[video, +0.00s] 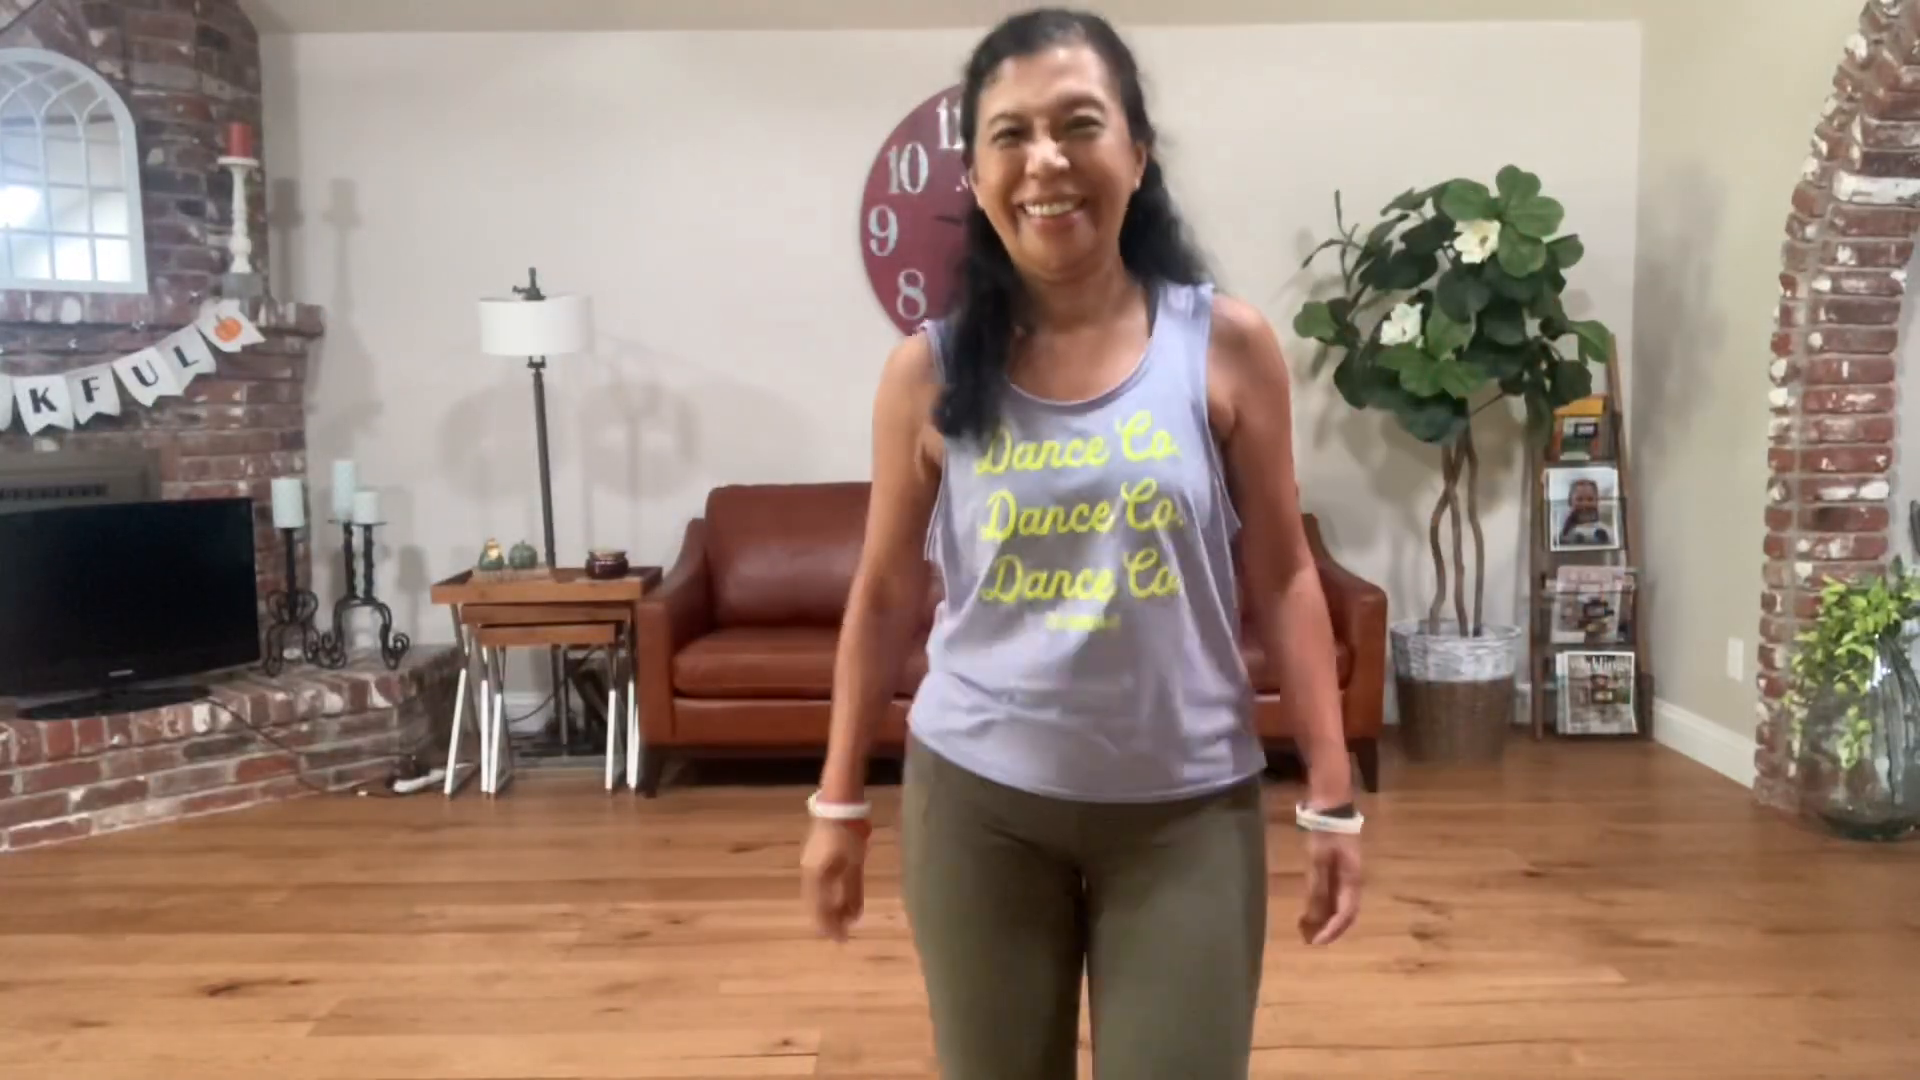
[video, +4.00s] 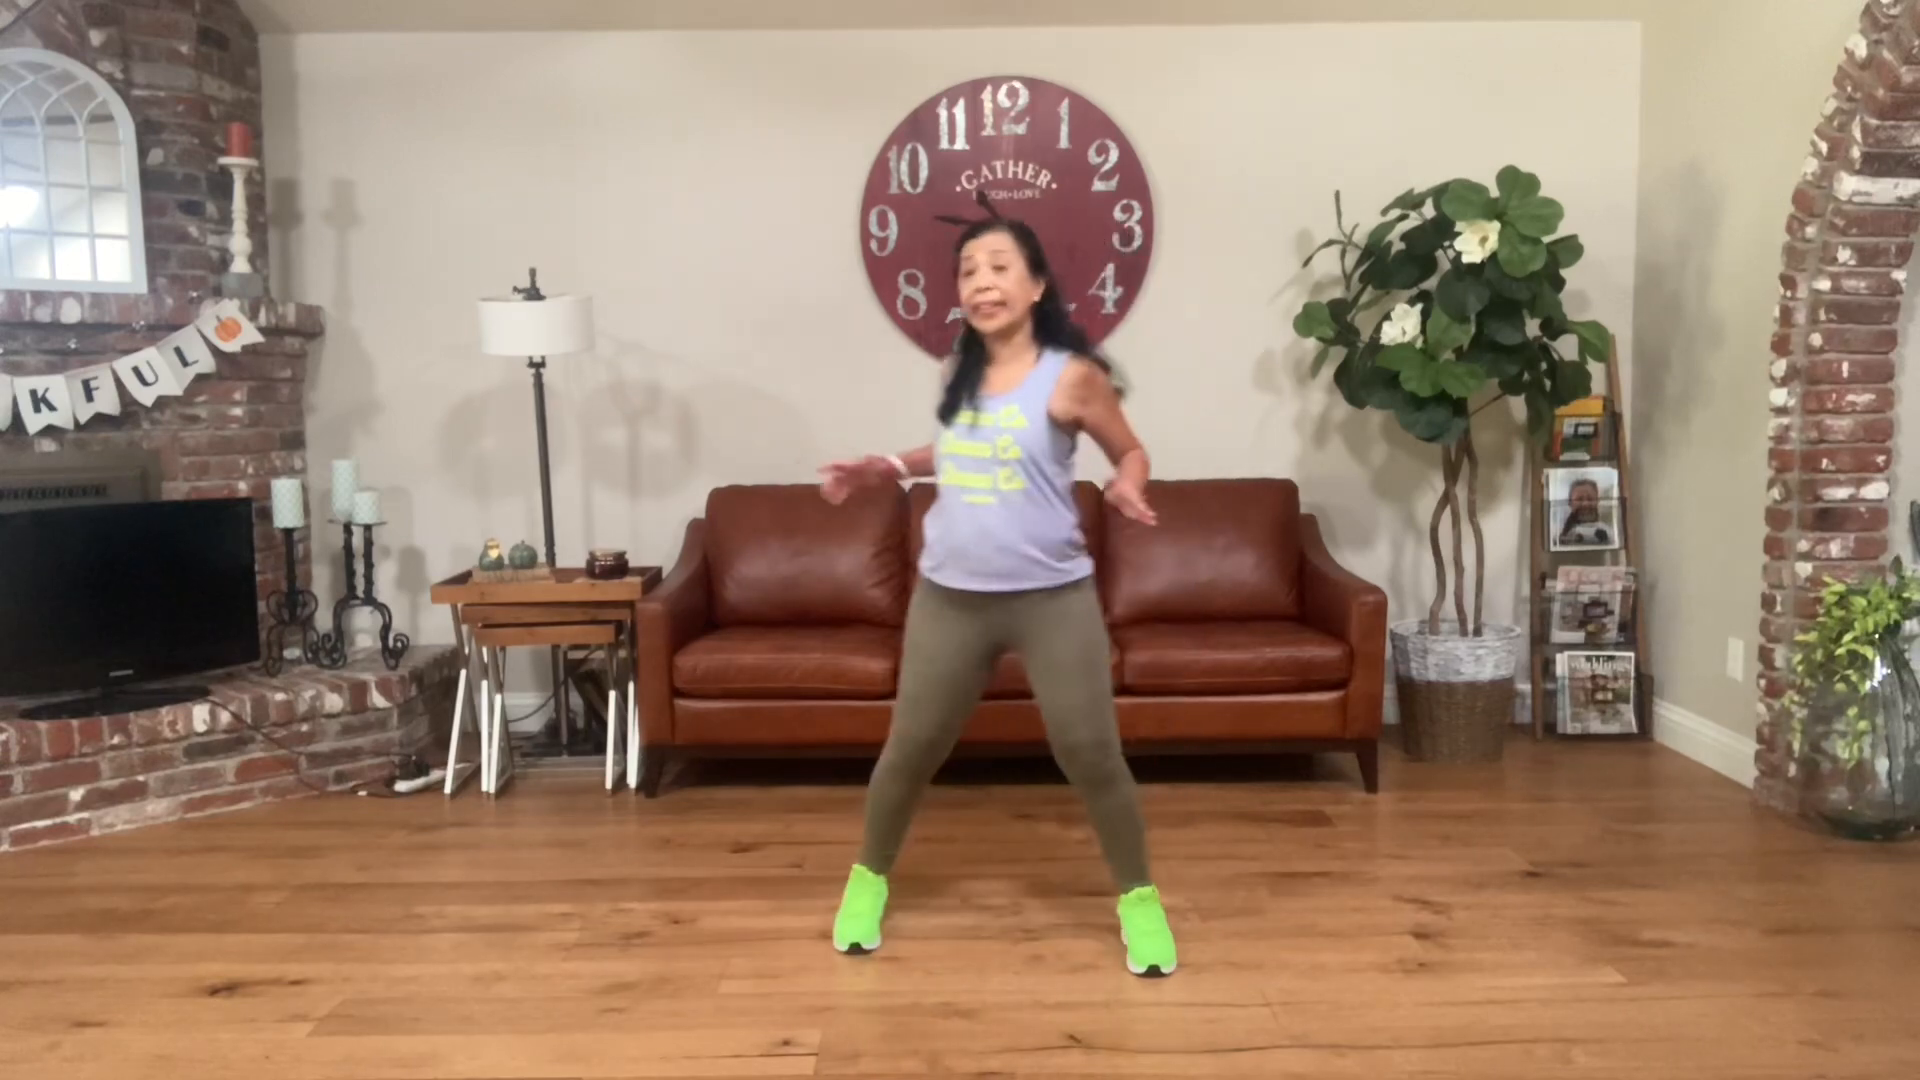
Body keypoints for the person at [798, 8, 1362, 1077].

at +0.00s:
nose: (1046, 160)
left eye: (1078, 126)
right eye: (1011, 136)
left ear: (1138, 153)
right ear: (973, 176)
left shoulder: (1226, 345)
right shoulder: (931, 370)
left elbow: (1285, 577)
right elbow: (881, 600)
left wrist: (1331, 794)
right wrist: (838, 801)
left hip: (1187, 812)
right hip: (976, 809)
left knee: (1178, 1065)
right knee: (995, 1068)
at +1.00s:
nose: (1039, 244)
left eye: (1059, 222)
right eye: (1014, 228)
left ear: (1092, 244)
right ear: (986, 259)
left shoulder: (1144, 366)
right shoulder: (951, 378)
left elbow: (1198, 503)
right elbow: (899, 515)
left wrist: (1201, 591)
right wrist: (871, 548)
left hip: (1125, 661)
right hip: (988, 662)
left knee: (1113, 870)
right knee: (1013, 871)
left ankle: (1123, 1048)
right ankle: (1036, 1053)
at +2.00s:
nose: (930, 283)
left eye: (948, 267)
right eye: (913, 268)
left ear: (972, 285)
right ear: (888, 285)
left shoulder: (1005, 390)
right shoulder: (855, 380)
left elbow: (1044, 500)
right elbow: (815, 481)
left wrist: (1015, 532)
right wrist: (786, 501)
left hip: (985, 619)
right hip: (876, 617)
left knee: (1025, 794)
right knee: (869, 785)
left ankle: (1086, 975)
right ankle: (871, 914)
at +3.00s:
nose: (1032, 279)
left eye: (1047, 264)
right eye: (1013, 267)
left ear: (1071, 281)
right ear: (990, 289)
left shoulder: (1103, 370)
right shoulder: (965, 379)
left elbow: (1131, 454)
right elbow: (933, 476)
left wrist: (1157, 486)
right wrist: (924, 509)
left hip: (1092, 599)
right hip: (987, 597)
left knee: (1114, 755)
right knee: (938, 753)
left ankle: (1140, 900)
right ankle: (878, 908)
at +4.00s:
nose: (982, 285)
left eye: (1000, 268)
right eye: (969, 274)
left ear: (1037, 285)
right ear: (959, 296)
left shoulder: (1072, 378)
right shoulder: (961, 378)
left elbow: (1131, 453)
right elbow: (959, 457)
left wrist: (1126, 481)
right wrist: (885, 468)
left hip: (1053, 595)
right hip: (949, 596)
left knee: (1089, 749)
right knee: (911, 744)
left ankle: (1138, 900)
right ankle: (868, 881)